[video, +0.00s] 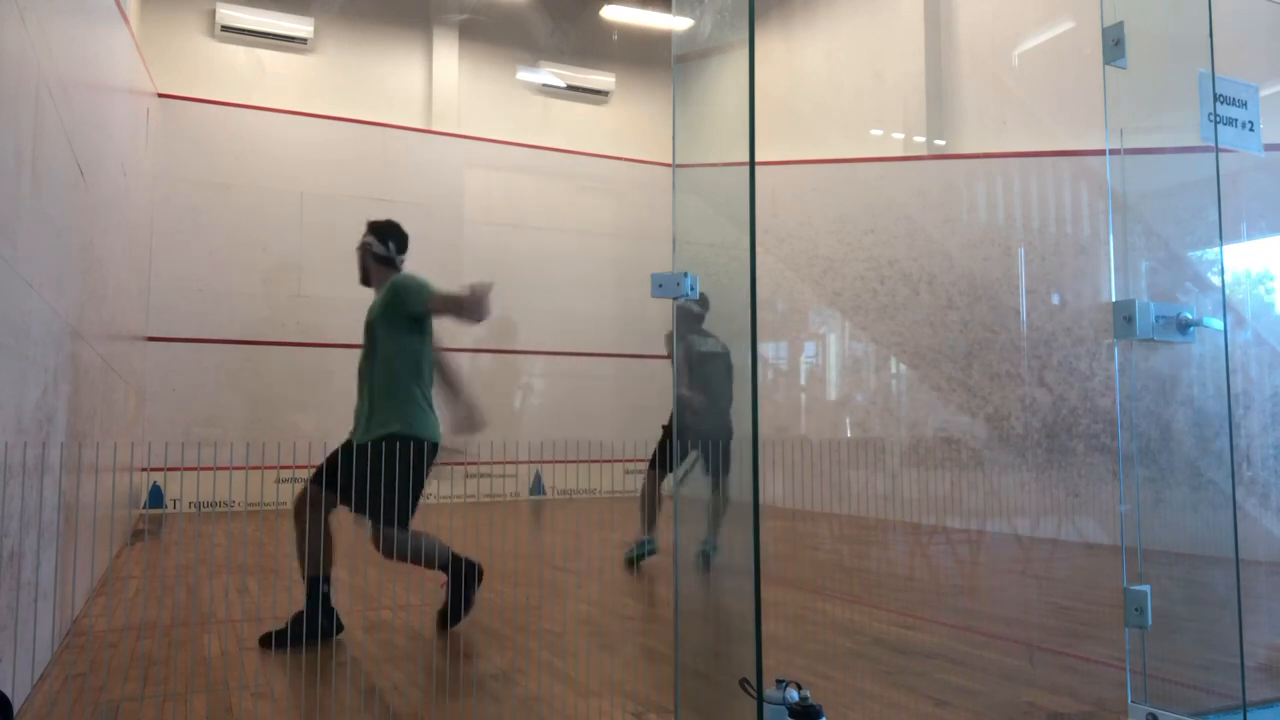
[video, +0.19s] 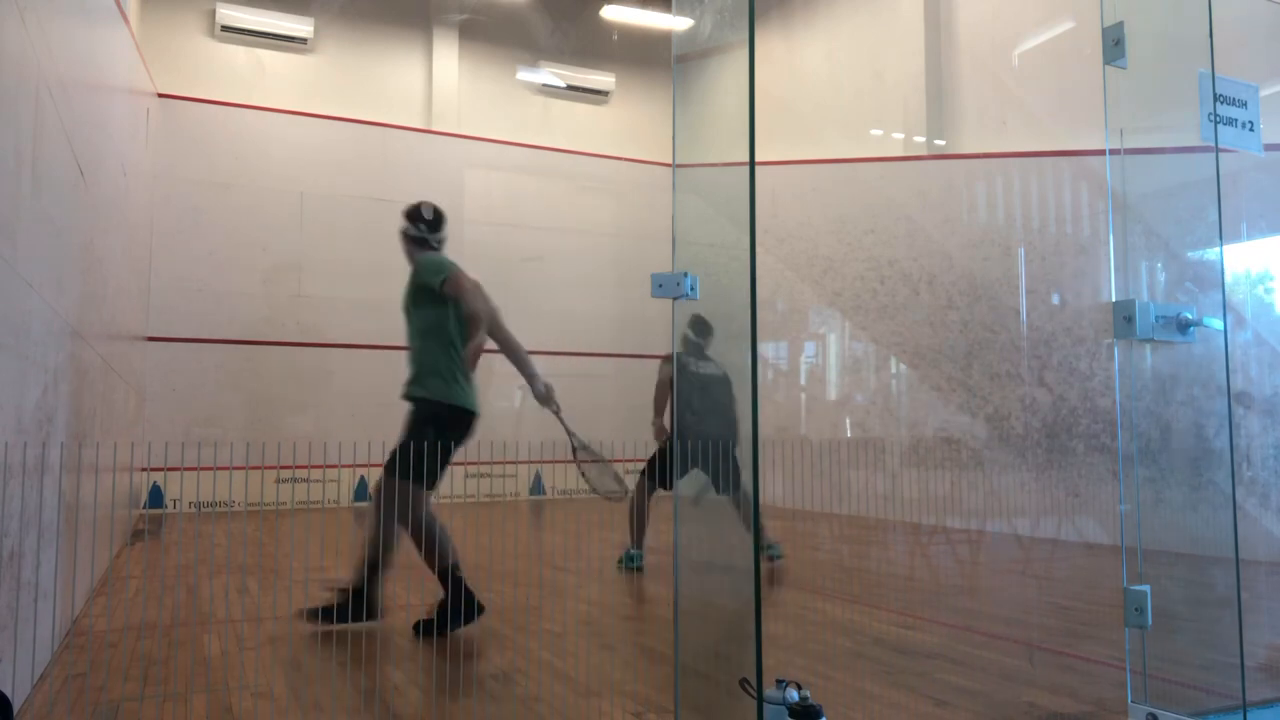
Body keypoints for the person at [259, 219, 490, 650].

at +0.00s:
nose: (357, 260)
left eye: (362, 252)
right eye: (359, 252)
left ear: (376, 256)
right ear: (389, 258)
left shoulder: (403, 289)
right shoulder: (387, 305)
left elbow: (451, 303)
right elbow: (437, 359)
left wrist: (471, 303)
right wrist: (463, 407)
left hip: (406, 435)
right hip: (371, 437)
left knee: (389, 539)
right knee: (308, 506)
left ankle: (461, 570)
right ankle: (318, 611)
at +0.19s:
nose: (403, 242)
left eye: (404, 235)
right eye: (407, 236)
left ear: (406, 237)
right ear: (439, 238)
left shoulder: (428, 266)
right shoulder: (445, 273)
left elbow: (476, 303)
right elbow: (495, 325)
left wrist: (470, 351)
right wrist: (535, 379)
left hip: (442, 406)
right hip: (441, 407)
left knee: (403, 498)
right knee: (390, 496)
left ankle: (459, 596)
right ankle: (363, 597)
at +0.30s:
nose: (431, 253)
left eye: (431, 247)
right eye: (438, 247)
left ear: (432, 247)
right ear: (467, 248)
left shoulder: (441, 279)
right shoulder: (493, 295)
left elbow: (454, 316)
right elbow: (522, 355)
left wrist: (441, 384)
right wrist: (544, 402)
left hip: (461, 413)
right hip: (489, 418)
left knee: (425, 504)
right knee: (431, 499)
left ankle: (464, 602)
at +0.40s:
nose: (460, 265)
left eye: (460, 259)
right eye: (471, 259)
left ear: (461, 260)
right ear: (495, 260)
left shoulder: (460, 295)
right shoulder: (520, 308)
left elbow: (454, 347)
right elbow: (539, 376)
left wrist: (417, 403)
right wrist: (544, 429)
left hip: (476, 431)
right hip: (514, 435)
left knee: (427, 508)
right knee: (482, 499)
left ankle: (466, 604)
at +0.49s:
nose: (499, 270)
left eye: (498, 263)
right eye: (510, 263)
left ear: (494, 266)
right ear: (528, 267)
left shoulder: (491, 302)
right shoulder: (549, 314)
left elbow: (481, 347)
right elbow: (566, 377)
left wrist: (437, 381)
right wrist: (548, 419)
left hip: (498, 433)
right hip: (539, 436)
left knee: (453, 506)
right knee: (546, 505)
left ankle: (468, 605)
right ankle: (604, 580)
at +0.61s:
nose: (544, 270)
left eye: (536, 264)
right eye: (554, 262)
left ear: (528, 268)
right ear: (560, 267)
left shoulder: (524, 302)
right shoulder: (582, 311)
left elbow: (516, 345)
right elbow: (600, 368)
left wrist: (468, 365)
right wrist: (569, 394)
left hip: (532, 427)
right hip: (573, 429)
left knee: (500, 504)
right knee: (589, 502)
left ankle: (475, 590)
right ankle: (619, 584)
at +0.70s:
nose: (573, 261)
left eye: (557, 257)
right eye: (580, 253)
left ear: (554, 258)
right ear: (584, 258)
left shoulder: (547, 292)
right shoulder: (605, 298)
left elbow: (534, 334)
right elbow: (629, 348)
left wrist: (495, 355)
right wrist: (602, 380)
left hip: (558, 414)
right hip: (598, 417)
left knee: (544, 493)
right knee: (604, 492)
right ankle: (622, 579)